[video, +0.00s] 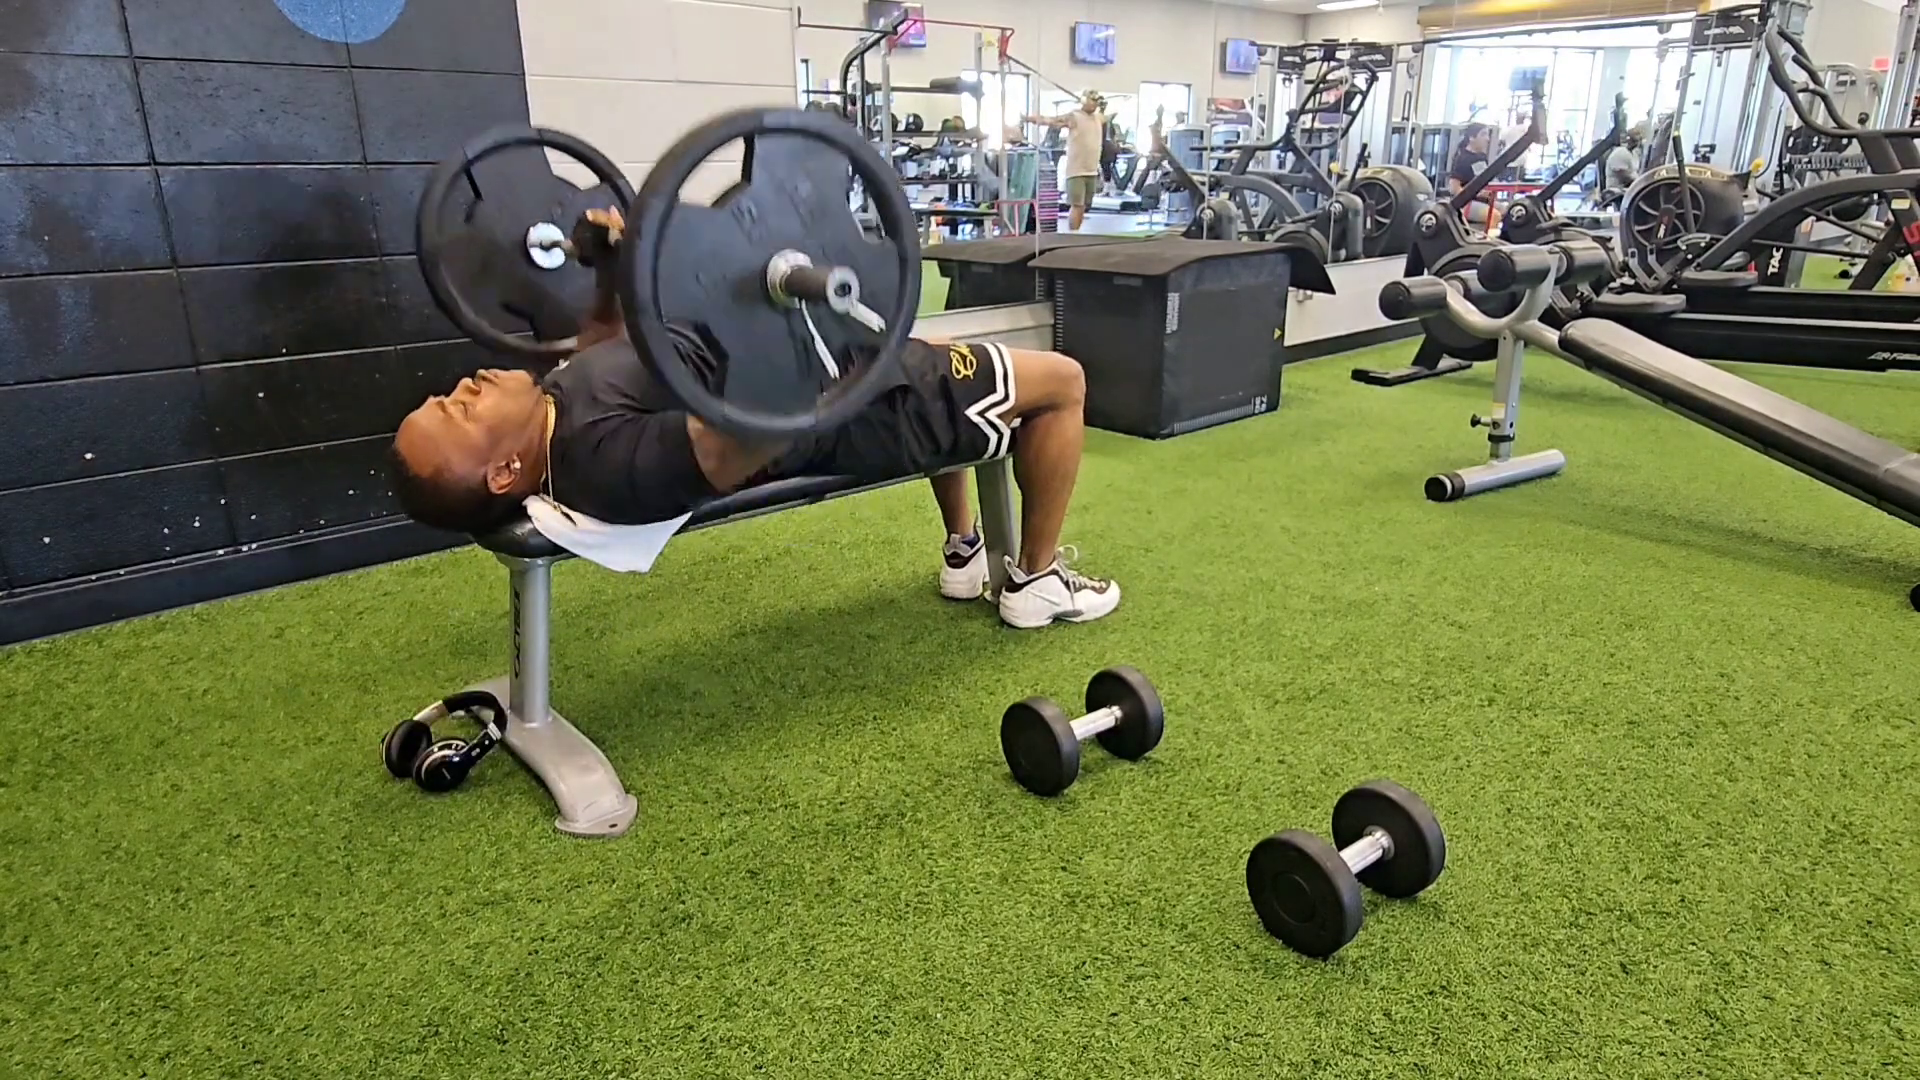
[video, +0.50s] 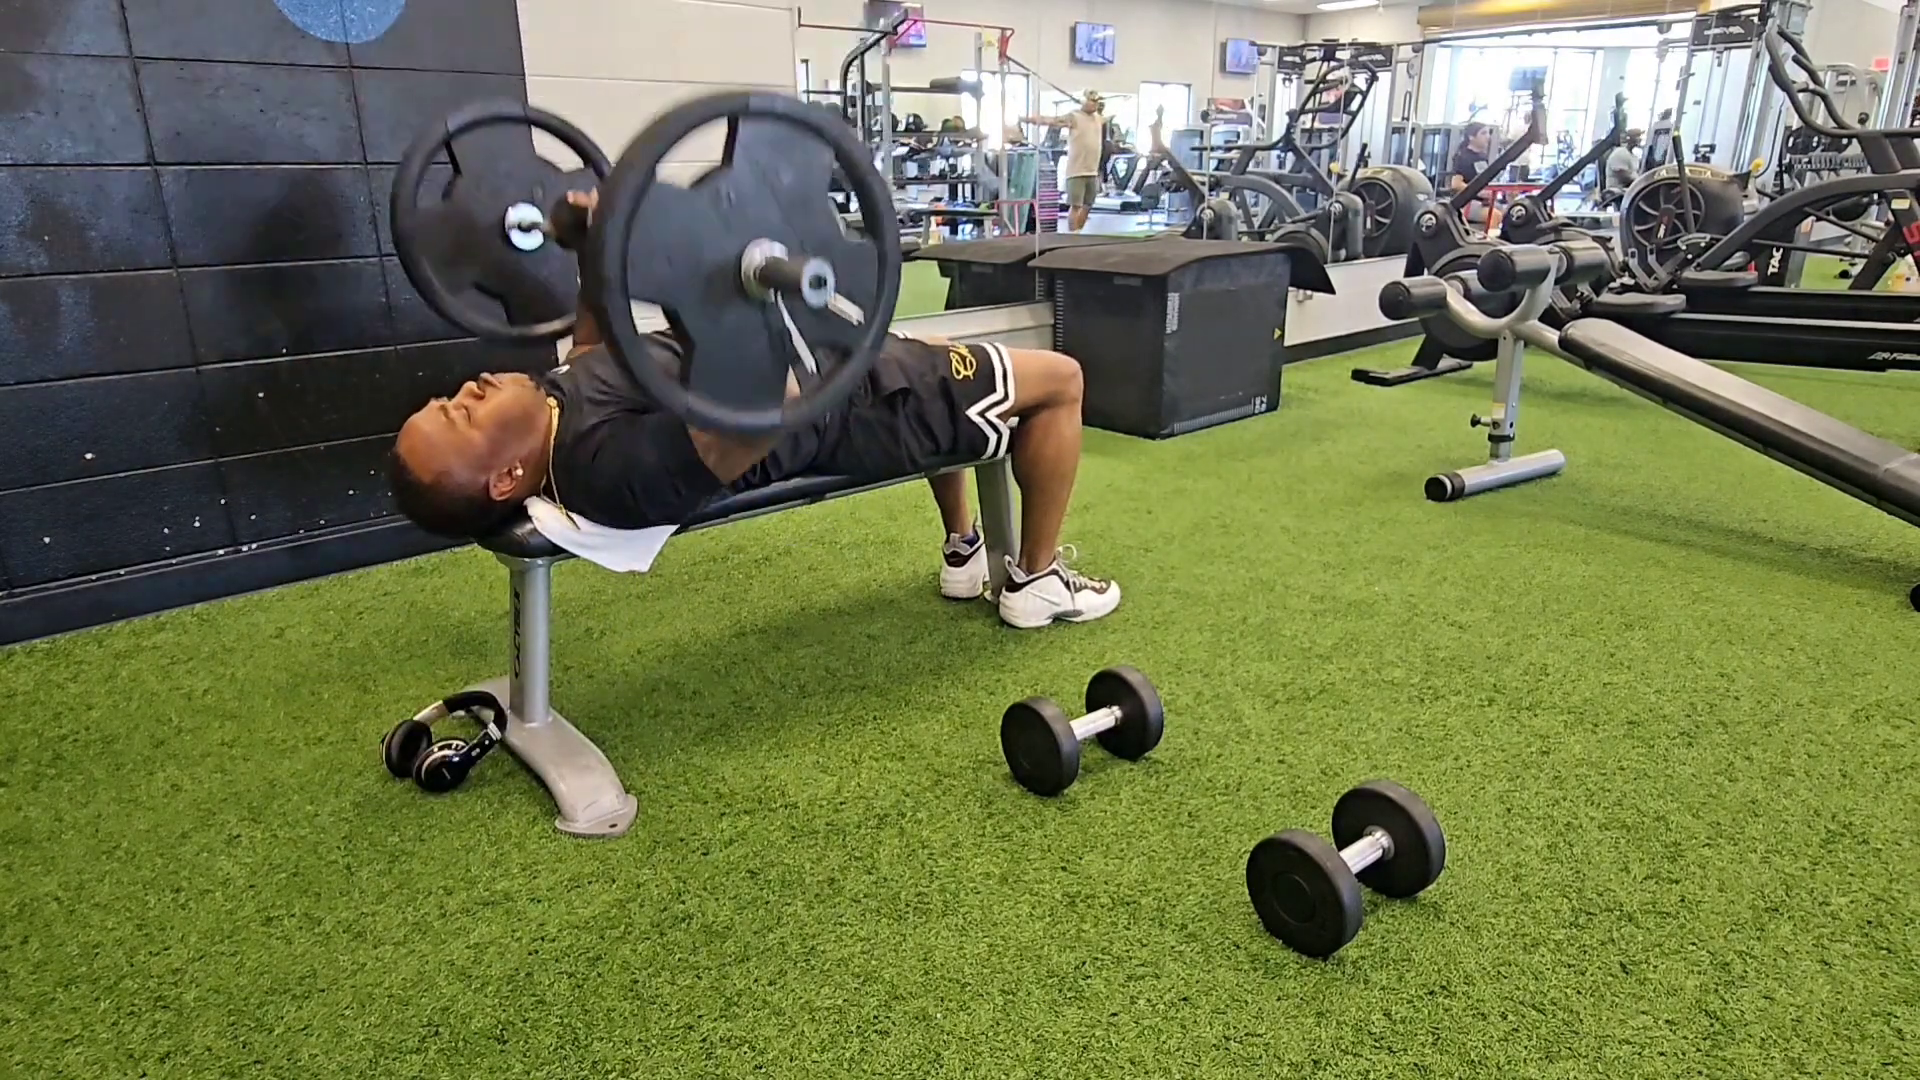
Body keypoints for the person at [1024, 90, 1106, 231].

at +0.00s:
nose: (1095, 104)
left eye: (1097, 101)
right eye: (1093, 100)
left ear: (1098, 103)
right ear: (1085, 100)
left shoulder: (1098, 117)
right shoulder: (1074, 116)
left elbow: (1106, 118)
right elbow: (1054, 121)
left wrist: (1112, 114)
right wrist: (1032, 119)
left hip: (1092, 169)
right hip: (1075, 168)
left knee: (1084, 207)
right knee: (1077, 205)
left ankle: (1074, 235)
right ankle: (1072, 236)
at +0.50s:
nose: (1095, 104)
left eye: (1096, 101)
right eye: (1092, 100)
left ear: (1098, 103)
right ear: (1085, 101)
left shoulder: (1098, 119)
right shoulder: (1075, 116)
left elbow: (1106, 120)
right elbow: (1054, 121)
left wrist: (1111, 117)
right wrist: (1032, 120)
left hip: (1092, 169)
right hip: (1076, 169)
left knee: (1087, 206)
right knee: (1076, 205)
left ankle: (1077, 233)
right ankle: (1073, 235)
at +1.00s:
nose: (1097, 104)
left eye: (1098, 101)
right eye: (1094, 100)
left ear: (1098, 103)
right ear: (1086, 101)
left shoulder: (1099, 118)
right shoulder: (1075, 116)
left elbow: (1108, 118)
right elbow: (1053, 121)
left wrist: (1110, 116)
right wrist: (1031, 121)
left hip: (1094, 169)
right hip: (1076, 169)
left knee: (1087, 206)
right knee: (1076, 205)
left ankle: (1081, 234)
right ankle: (1071, 234)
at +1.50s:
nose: (1099, 104)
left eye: (1099, 101)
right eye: (1096, 100)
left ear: (1098, 103)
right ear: (1087, 101)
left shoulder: (1099, 118)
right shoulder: (1076, 117)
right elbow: (1054, 122)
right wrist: (1030, 122)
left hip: (1095, 170)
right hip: (1078, 170)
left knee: (1087, 207)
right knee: (1076, 205)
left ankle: (1081, 235)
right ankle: (1071, 235)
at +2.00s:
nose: (1097, 103)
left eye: (1098, 100)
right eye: (1094, 100)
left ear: (1098, 103)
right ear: (1085, 101)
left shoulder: (1099, 118)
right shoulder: (1076, 117)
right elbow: (1053, 122)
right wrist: (1029, 124)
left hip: (1095, 169)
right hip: (1078, 169)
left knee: (1087, 207)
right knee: (1076, 205)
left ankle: (1081, 235)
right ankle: (1071, 235)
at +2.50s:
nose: (1094, 104)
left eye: (1095, 101)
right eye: (1091, 100)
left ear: (1096, 102)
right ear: (1084, 101)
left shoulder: (1099, 118)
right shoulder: (1075, 117)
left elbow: (1107, 120)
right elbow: (1054, 119)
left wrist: (1110, 117)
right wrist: (1031, 118)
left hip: (1094, 168)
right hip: (1078, 168)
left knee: (1087, 206)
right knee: (1076, 205)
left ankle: (1081, 234)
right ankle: (1071, 235)